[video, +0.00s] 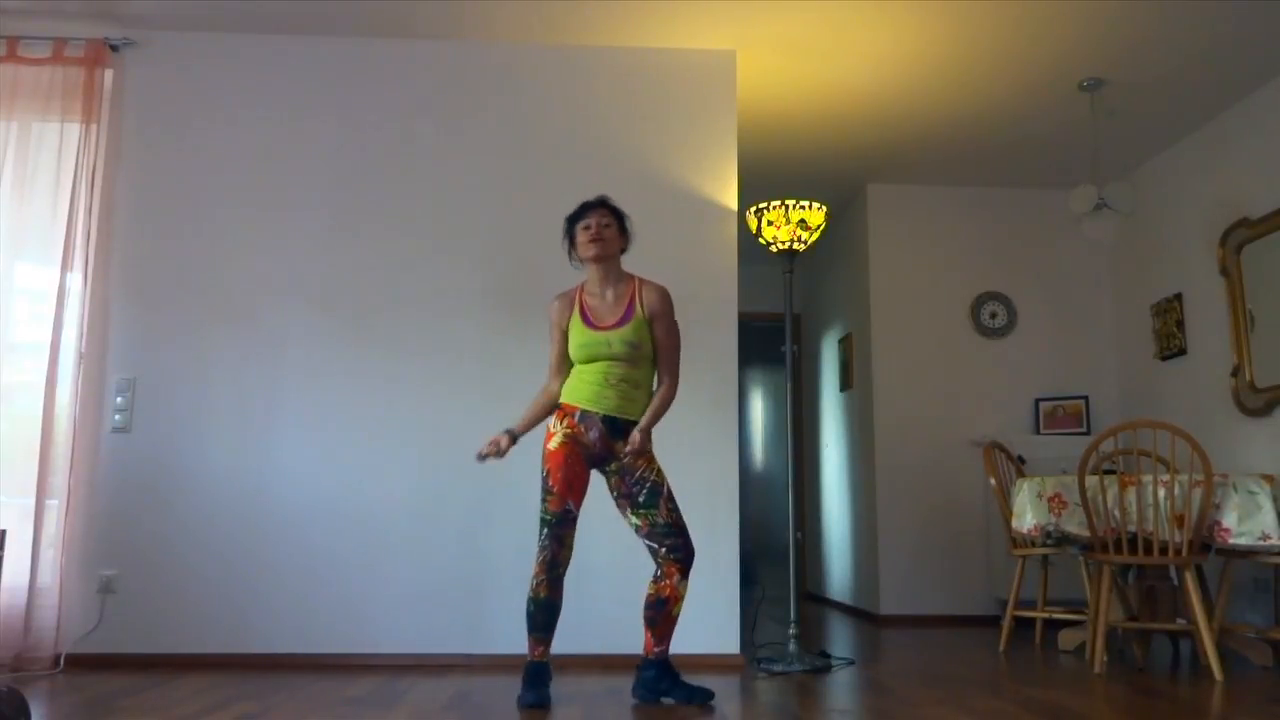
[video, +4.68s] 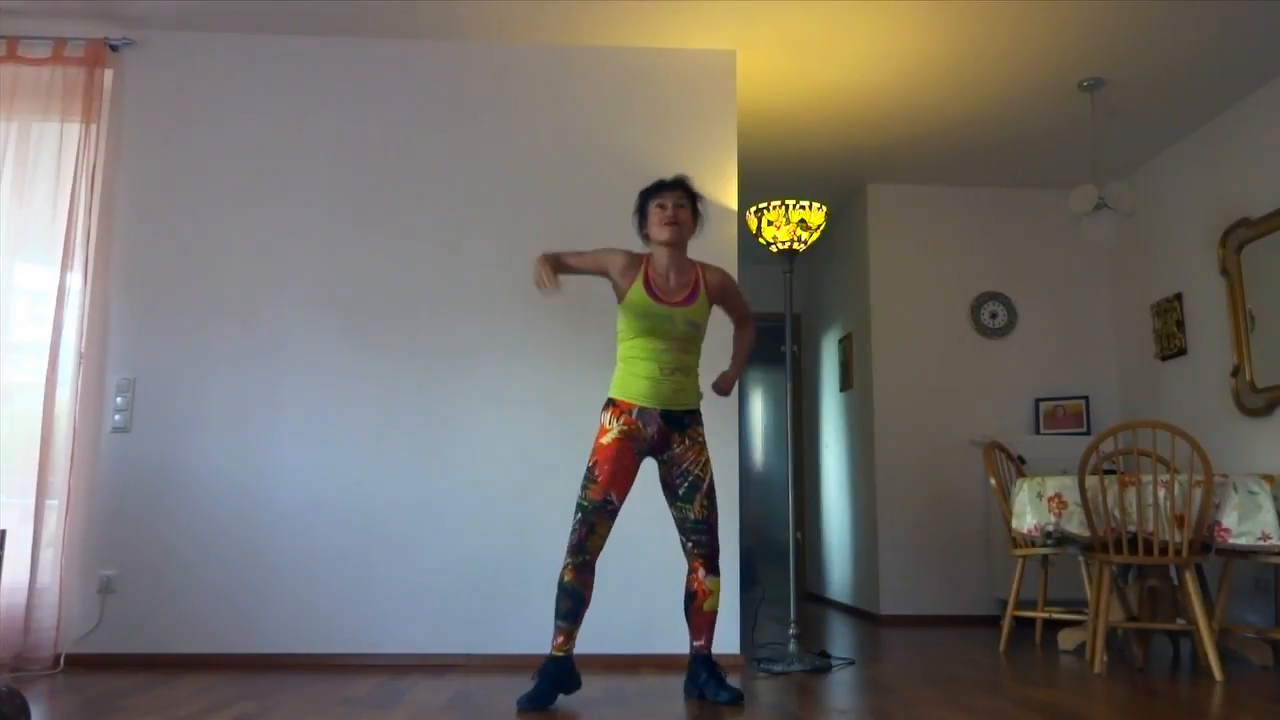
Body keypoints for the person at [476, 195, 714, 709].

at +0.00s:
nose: (596, 232)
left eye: (606, 225)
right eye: (586, 228)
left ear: (624, 238)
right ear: (573, 245)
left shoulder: (651, 297)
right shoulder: (565, 305)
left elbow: (668, 380)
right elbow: (555, 383)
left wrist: (644, 427)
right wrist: (512, 431)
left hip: (625, 436)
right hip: (569, 430)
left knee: (676, 552)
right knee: (553, 549)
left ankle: (654, 669)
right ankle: (536, 672)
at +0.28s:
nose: (635, 217)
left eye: (644, 212)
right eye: (625, 211)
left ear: (657, 228)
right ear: (606, 227)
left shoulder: (678, 289)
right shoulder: (587, 285)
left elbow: (704, 359)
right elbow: (568, 362)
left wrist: (710, 395)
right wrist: (588, 389)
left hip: (669, 425)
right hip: (610, 426)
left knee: (685, 546)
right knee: (570, 544)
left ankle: (699, 664)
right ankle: (573, 669)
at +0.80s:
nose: (612, 217)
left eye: (623, 211)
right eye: (602, 213)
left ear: (639, 226)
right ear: (588, 230)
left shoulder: (661, 286)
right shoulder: (572, 285)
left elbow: (684, 366)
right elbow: (541, 352)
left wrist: (651, 390)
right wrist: (517, 381)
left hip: (635, 428)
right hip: (577, 424)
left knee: (679, 543)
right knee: (557, 541)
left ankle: (657, 665)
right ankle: (529, 667)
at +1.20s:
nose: (636, 213)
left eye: (645, 207)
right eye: (626, 207)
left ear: (656, 222)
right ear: (606, 223)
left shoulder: (678, 284)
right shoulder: (588, 283)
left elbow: (714, 355)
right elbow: (569, 361)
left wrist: (710, 395)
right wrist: (599, 383)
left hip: (664, 421)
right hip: (605, 421)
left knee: (676, 541)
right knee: (571, 540)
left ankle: (685, 662)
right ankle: (559, 664)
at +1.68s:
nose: (640, 220)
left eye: (650, 217)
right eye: (632, 211)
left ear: (657, 233)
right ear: (608, 222)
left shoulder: (666, 291)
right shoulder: (577, 279)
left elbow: (681, 370)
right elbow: (534, 352)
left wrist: (678, 433)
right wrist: (549, 318)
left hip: (650, 421)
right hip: (588, 419)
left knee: (671, 541)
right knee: (563, 539)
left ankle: (679, 660)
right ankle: (542, 663)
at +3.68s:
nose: (628, 218)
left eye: (638, 211)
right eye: (618, 209)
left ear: (651, 221)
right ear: (598, 219)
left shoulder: (672, 281)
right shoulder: (582, 279)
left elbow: (693, 365)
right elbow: (506, 308)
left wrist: (665, 427)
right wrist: (507, 246)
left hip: (656, 421)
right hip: (595, 420)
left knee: (690, 543)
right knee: (574, 542)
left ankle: (700, 656)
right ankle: (546, 667)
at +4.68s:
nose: (670, 212)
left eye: (680, 206)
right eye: (660, 206)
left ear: (695, 221)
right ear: (644, 221)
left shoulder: (713, 279)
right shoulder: (624, 264)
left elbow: (746, 322)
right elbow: (555, 260)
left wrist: (734, 369)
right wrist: (545, 266)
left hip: (684, 424)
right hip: (624, 420)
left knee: (704, 545)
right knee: (584, 539)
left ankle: (702, 666)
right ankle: (559, 661)